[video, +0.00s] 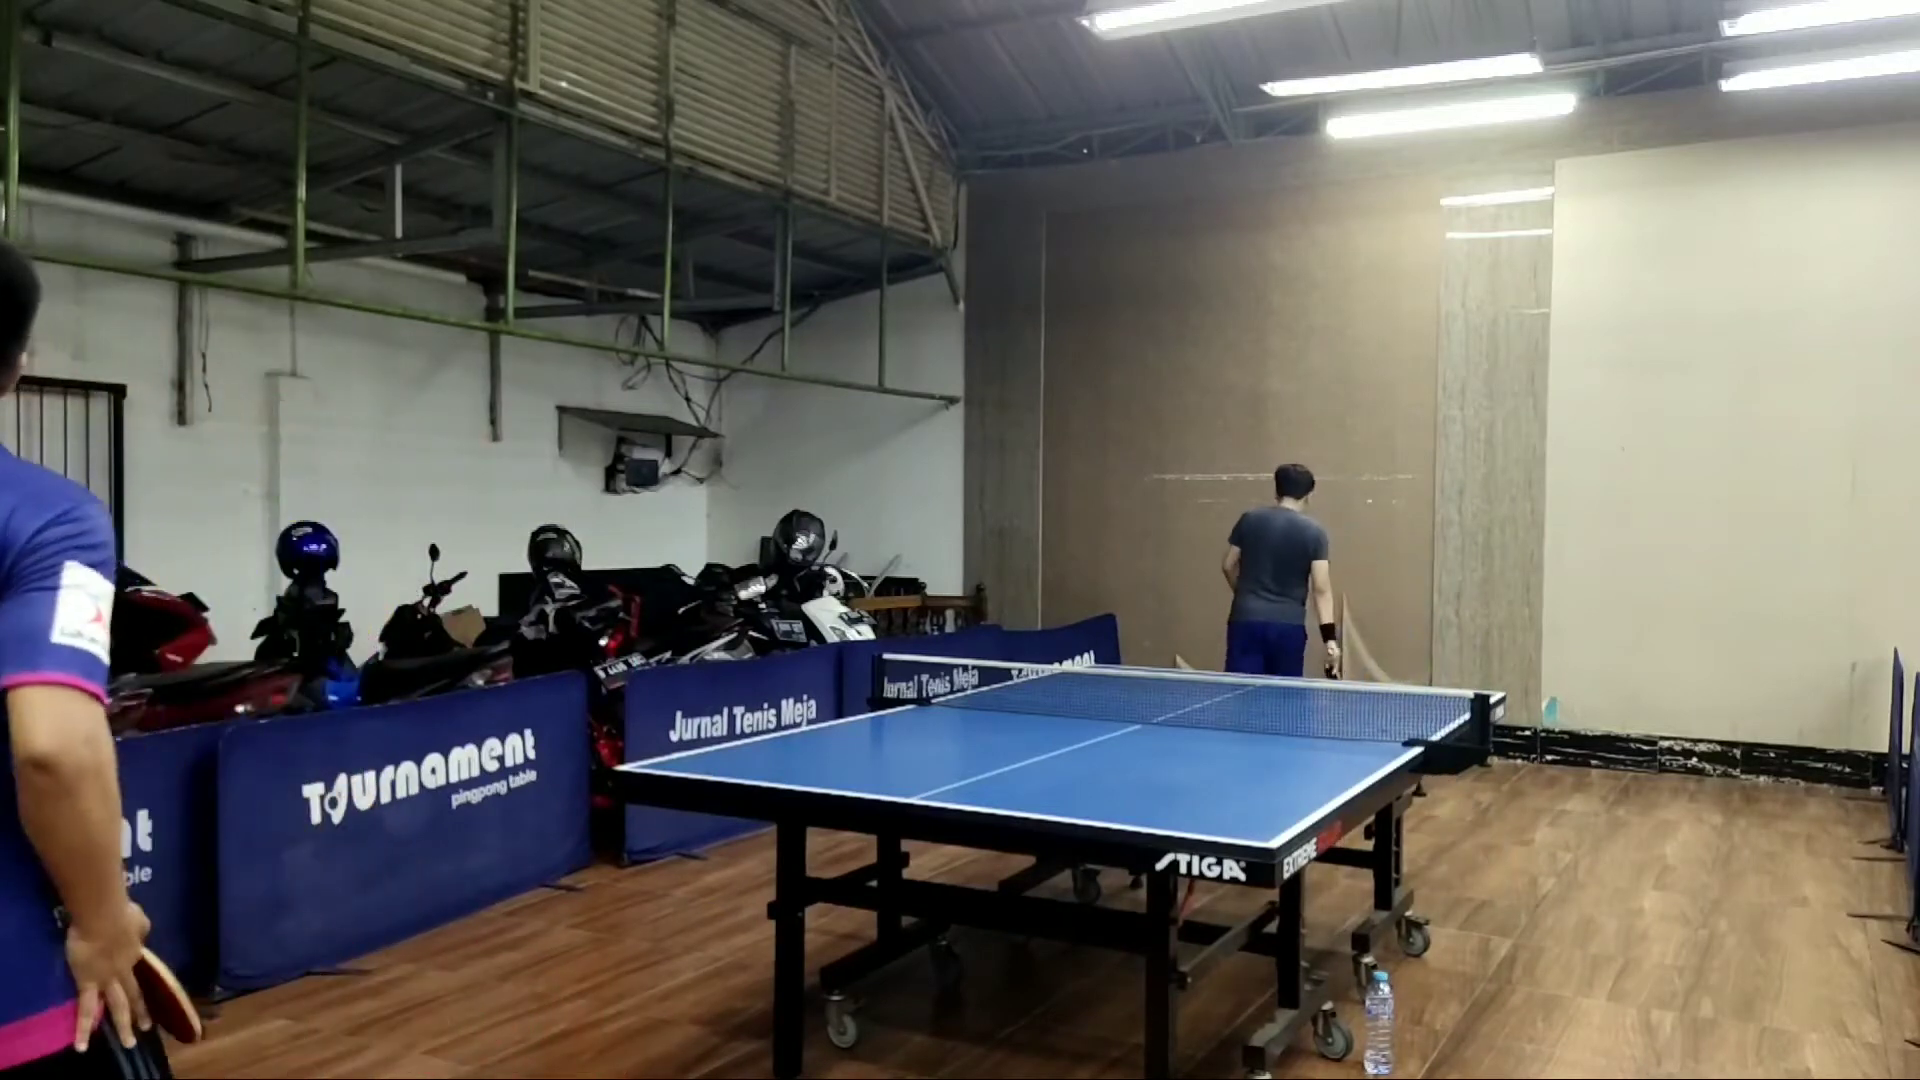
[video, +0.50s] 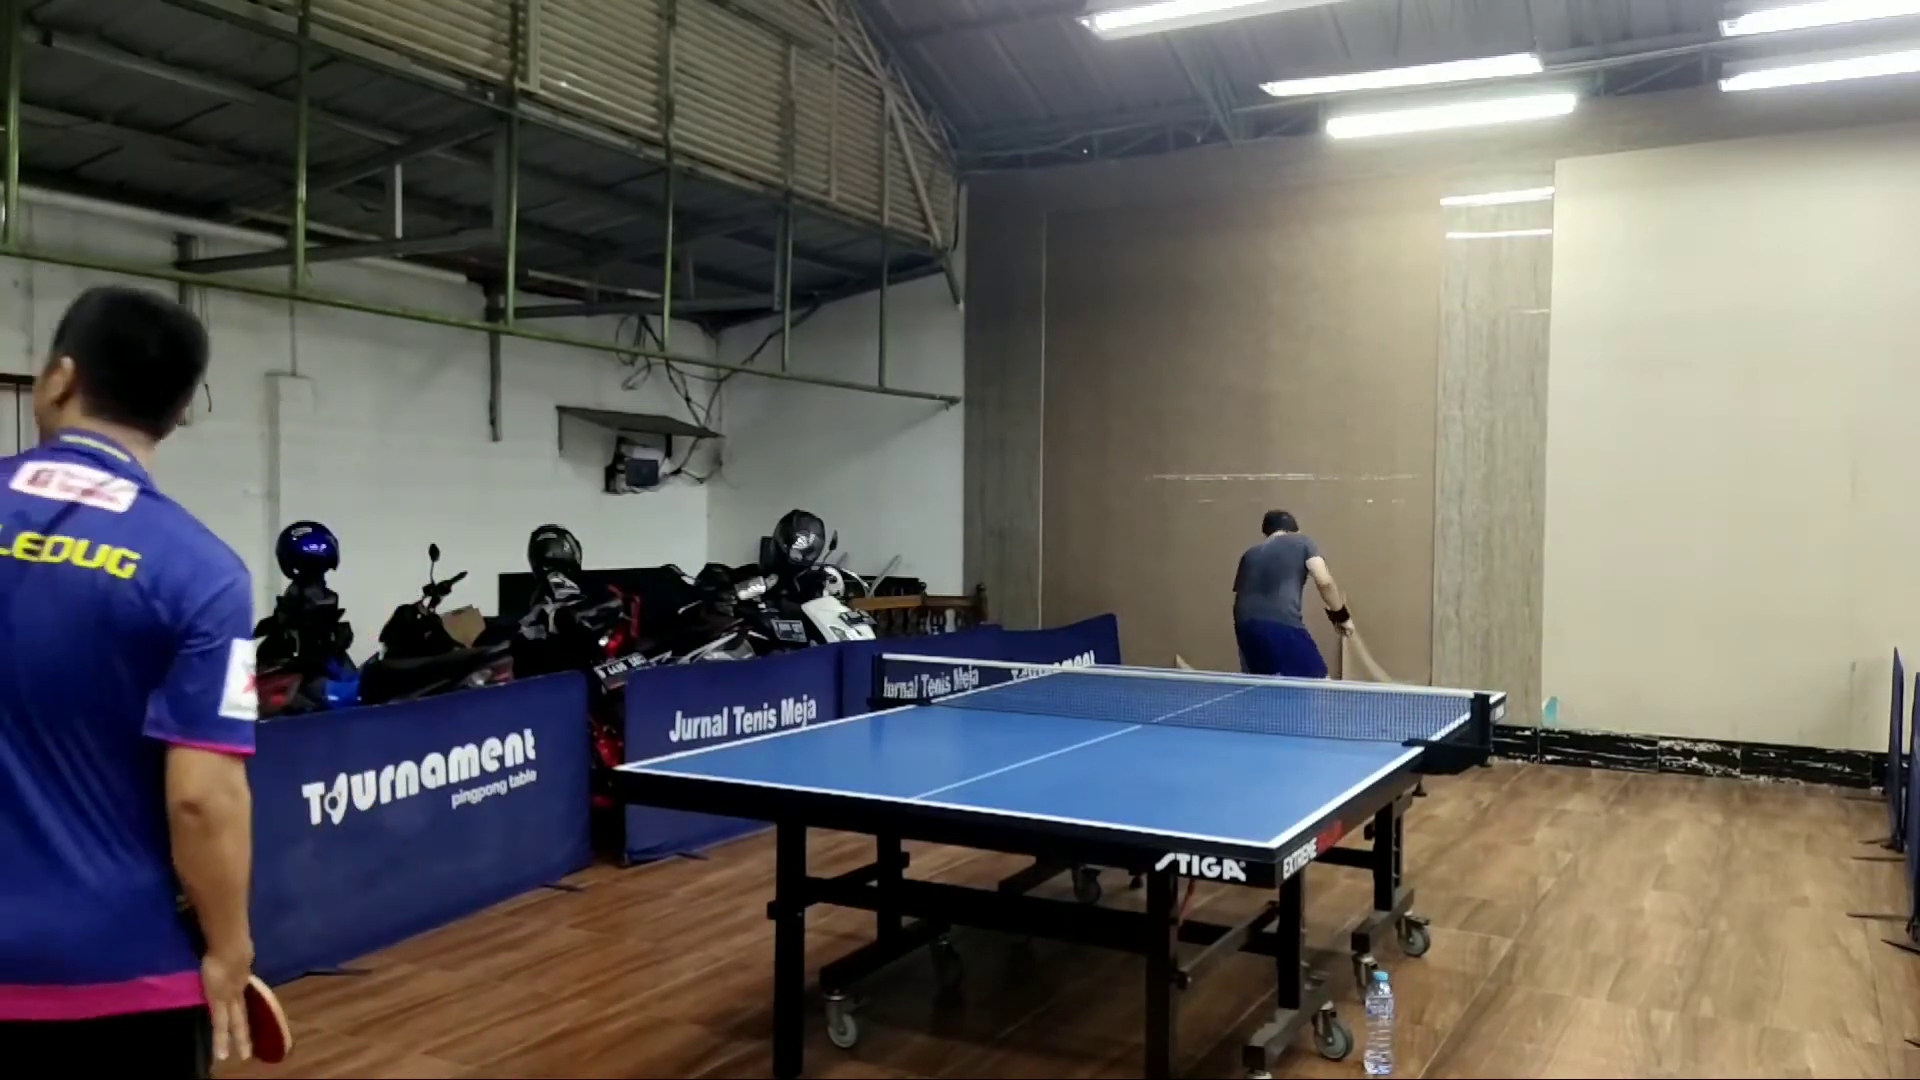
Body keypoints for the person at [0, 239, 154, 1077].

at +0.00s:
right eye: (26, 358)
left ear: (18, 363)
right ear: (18, 365)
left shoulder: (52, 515)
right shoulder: (48, 512)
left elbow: (52, 743)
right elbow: (50, 743)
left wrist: (101, 920)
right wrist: (103, 919)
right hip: (20, 1021)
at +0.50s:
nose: (39, 379)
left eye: (45, 364)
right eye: (47, 362)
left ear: (61, 375)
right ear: (177, 415)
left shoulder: (5, 491)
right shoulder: (199, 570)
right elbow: (202, 796)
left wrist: (225, 950)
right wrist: (229, 951)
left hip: (6, 966)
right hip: (123, 981)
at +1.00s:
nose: (358, 419)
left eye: (358, 399)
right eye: (356, 398)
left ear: (247, 394)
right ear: (334, 405)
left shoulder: (132, 512)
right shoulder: (350, 534)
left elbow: (79, 691)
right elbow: (392, 720)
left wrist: (57, 838)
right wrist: (449, 764)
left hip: (153, 886)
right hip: (279, 900)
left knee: (195, 1061)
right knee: (285, 1065)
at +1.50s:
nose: (502, 409)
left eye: (499, 393)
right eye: (486, 394)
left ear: (425, 408)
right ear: (429, 407)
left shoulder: (358, 496)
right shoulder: (422, 505)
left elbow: (342, 658)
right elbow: (390, 657)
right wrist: (417, 813)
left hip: (348, 808)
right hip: (445, 809)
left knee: (337, 1002)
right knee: (539, 968)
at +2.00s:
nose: (667, 420)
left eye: (665, 404)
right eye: (663, 405)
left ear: (581, 414)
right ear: (639, 416)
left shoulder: (554, 502)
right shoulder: (600, 522)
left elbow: (573, 648)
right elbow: (597, 676)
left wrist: (653, 711)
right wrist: (678, 799)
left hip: (567, 782)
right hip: (602, 797)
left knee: (613, 948)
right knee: (625, 968)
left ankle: (528, 1068)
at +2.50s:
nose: (770, 418)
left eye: (766, 403)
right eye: (767, 404)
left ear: (699, 413)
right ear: (749, 413)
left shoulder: (723, 505)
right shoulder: (678, 511)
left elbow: (713, 641)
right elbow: (649, 640)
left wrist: (781, 713)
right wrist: (766, 703)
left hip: (736, 773)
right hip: (692, 782)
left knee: (738, 953)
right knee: (693, 963)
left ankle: (750, 1074)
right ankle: (641, 1074)